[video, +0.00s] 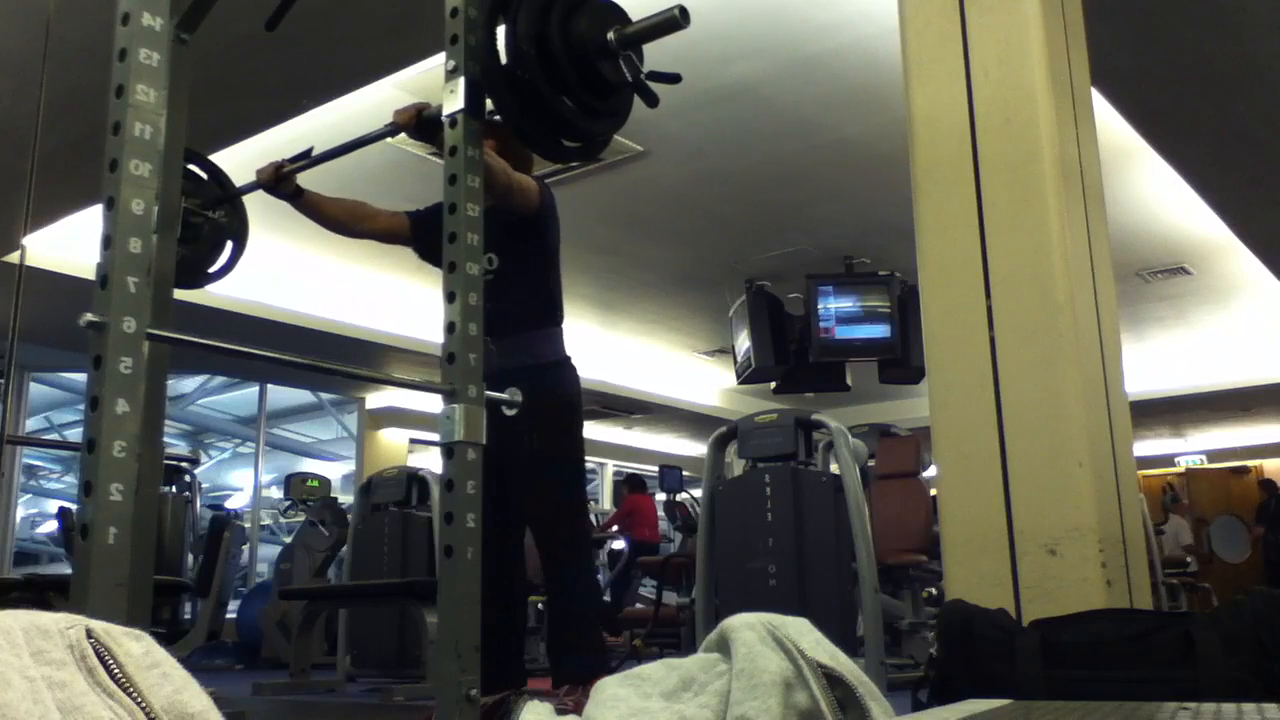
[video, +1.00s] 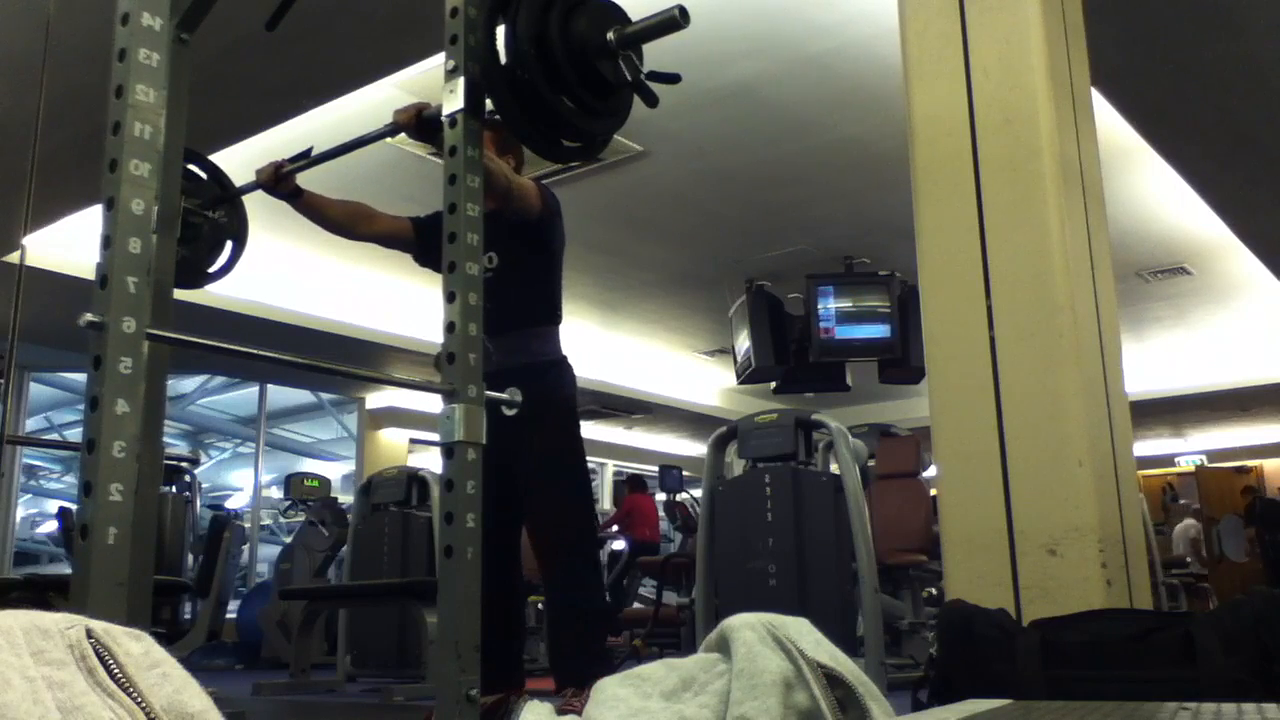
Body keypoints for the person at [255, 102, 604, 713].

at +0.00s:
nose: (471, 150)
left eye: (482, 140)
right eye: (466, 143)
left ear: (509, 146)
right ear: (461, 155)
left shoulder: (534, 202)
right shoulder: (454, 218)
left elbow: (502, 182)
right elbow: (369, 219)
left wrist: (440, 135)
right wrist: (294, 192)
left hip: (542, 388)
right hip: (481, 393)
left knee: (558, 536)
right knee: (489, 542)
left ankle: (575, 682)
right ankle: (498, 683)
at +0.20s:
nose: (460, 170)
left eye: (466, 159)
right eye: (452, 165)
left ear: (488, 151)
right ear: (449, 170)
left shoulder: (551, 200)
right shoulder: (455, 219)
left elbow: (508, 183)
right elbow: (373, 216)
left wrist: (440, 136)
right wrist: (296, 192)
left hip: (552, 389)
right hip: (484, 395)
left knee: (572, 542)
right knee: (488, 549)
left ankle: (578, 687)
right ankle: (497, 688)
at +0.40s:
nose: (471, 168)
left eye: (478, 152)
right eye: (462, 160)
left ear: (502, 145)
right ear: (456, 164)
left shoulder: (556, 196)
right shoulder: (460, 220)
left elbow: (512, 178)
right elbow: (374, 218)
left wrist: (440, 134)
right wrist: (296, 192)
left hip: (563, 389)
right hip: (497, 397)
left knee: (587, 548)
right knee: (494, 553)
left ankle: (579, 689)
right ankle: (496, 690)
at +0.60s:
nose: (466, 154)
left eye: (475, 140)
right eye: (460, 148)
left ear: (506, 142)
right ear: (455, 159)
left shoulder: (547, 200)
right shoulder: (456, 225)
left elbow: (511, 183)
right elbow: (369, 222)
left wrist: (440, 133)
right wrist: (296, 193)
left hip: (553, 390)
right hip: (487, 399)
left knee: (575, 543)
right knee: (492, 552)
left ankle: (578, 687)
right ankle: (499, 689)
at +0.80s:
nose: (469, 157)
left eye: (479, 146)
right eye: (463, 151)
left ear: (507, 152)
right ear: (456, 160)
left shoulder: (536, 208)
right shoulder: (453, 225)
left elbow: (501, 182)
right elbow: (365, 226)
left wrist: (440, 133)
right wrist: (294, 193)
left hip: (542, 388)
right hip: (480, 394)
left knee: (561, 536)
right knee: (489, 544)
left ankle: (578, 681)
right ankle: (499, 685)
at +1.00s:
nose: (469, 164)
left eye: (478, 152)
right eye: (462, 156)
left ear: (508, 152)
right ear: (457, 163)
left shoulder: (539, 209)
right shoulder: (455, 226)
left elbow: (503, 181)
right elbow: (366, 222)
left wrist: (440, 134)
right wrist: (294, 193)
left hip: (539, 389)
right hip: (477, 395)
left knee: (561, 538)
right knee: (486, 547)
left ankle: (578, 685)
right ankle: (498, 686)